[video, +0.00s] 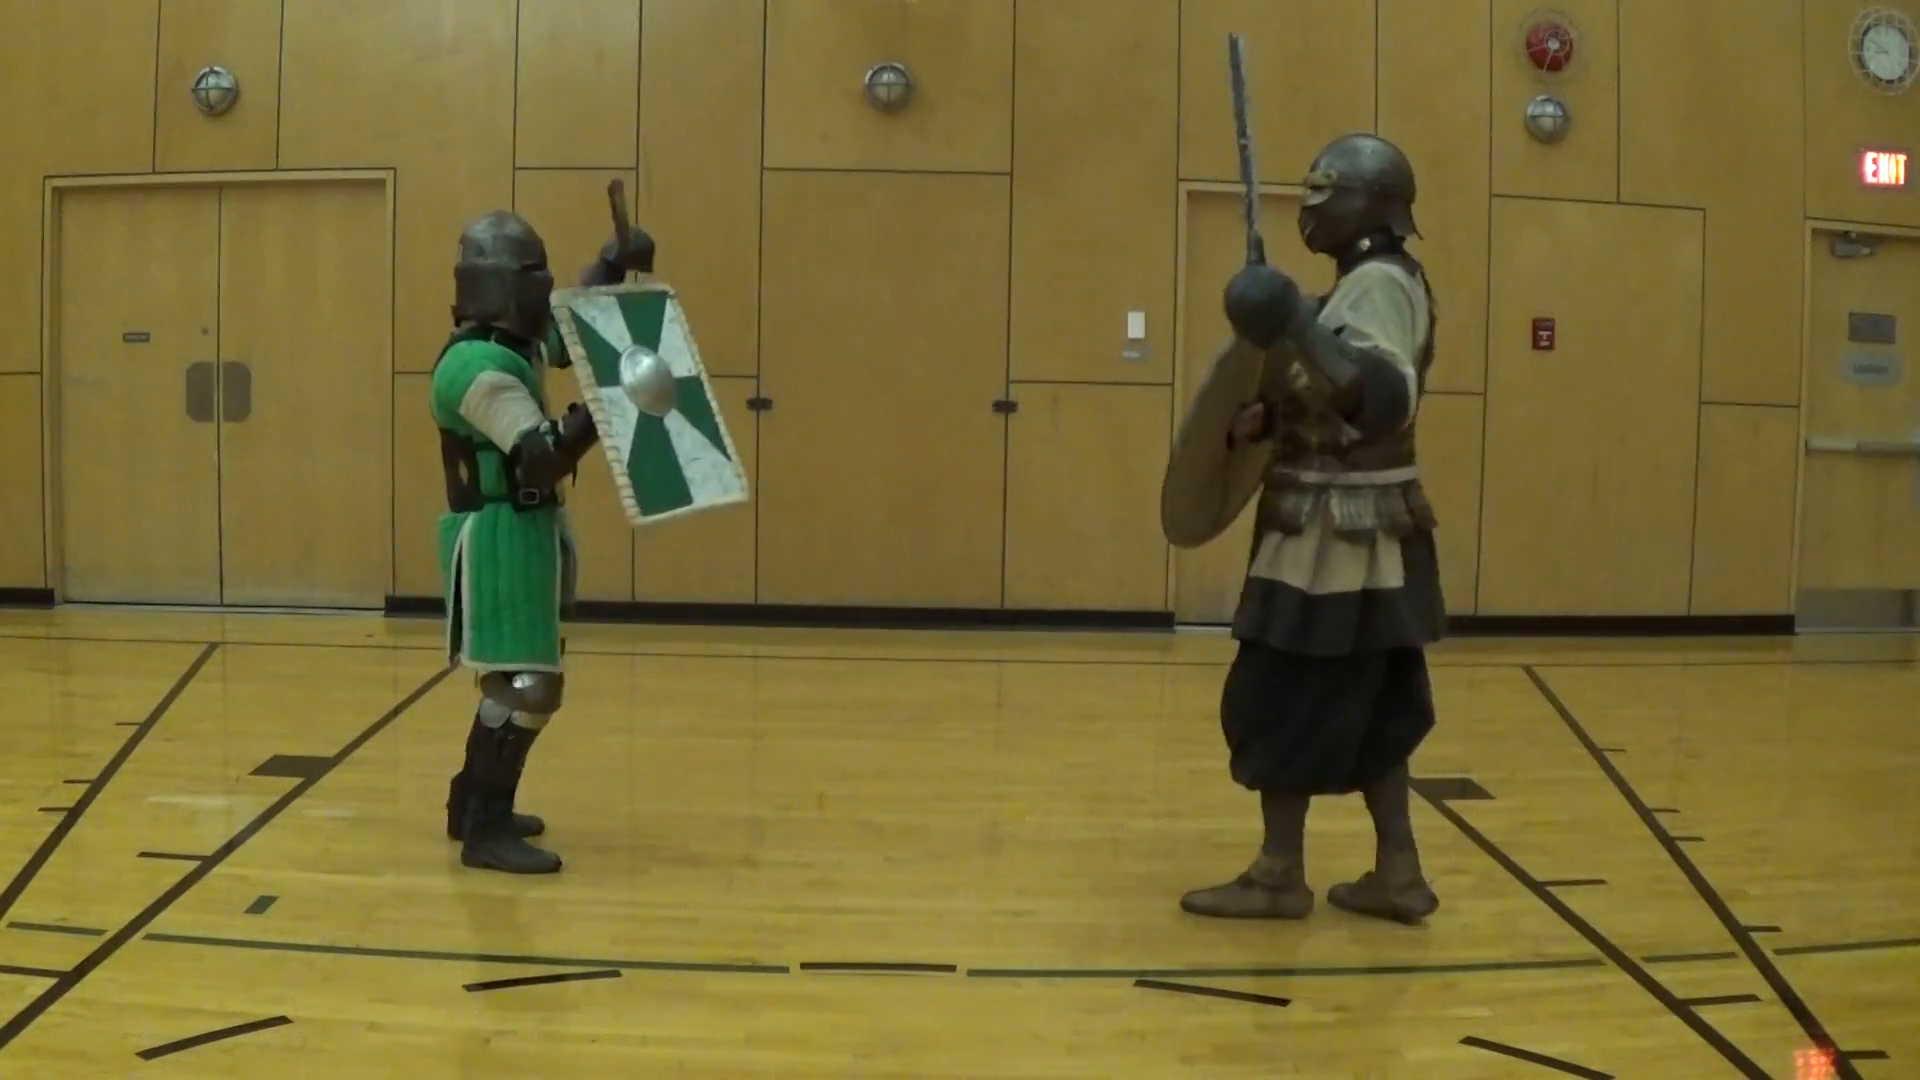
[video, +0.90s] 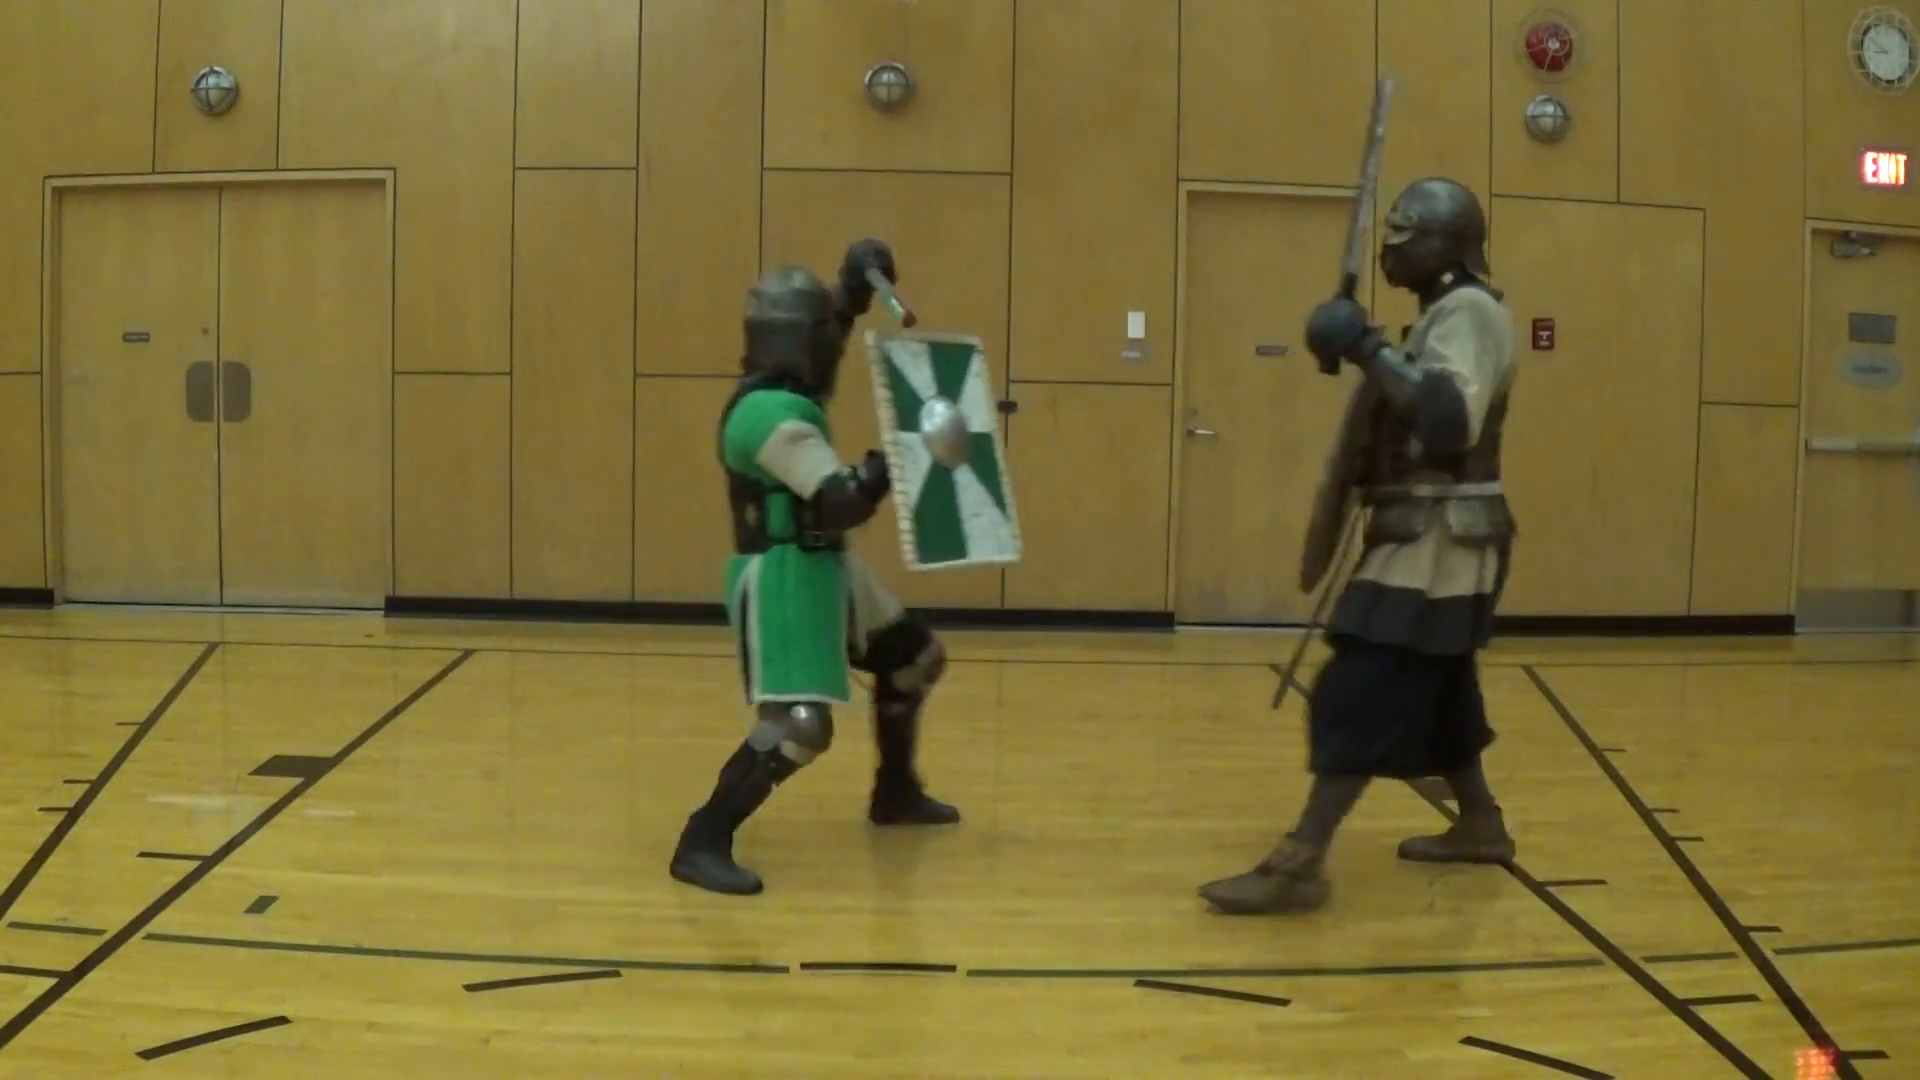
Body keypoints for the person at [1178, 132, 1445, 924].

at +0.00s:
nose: (1307, 205)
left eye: (1324, 191)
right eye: (1311, 190)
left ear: (1374, 205)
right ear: (1372, 208)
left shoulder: (1379, 285)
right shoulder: (1367, 282)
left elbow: (1384, 401)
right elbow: (1345, 390)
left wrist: (1297, 324)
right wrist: (1274, 415)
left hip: (1332, 531)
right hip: (1365, 529)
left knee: (1280, 695)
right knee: (1375, 700)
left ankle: (1278, 870)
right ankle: (1399, 871)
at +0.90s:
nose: (1388, 242)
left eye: (1405, 231)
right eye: (1391, 230)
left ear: (1449, 243)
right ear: (1439, 244)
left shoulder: (1468, 314)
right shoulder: (1439, 314)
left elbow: (1446, 417)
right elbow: (1419, 400)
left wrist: (1369, 345)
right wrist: (1358, 345)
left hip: (1440, 540)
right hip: (1422, 534)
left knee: (1355, 692)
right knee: (1437, 685)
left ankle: (1299, 862)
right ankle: (1481, 823)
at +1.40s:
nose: (1559, 250)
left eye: (1575, 239)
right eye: (1563, 238)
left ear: (1620, 251)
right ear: (1612, 252)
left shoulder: (1639, 326)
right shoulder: (1610, 324)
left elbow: (1556, 417)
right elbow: (1565, 411)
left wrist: (1516, 350)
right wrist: (1529, 355)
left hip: (1609, 558)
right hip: (1563, 552)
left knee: (1643, 698)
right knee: (1499, 677)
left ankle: (1742, 834)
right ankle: (1484, 823)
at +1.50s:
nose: (1592, 254)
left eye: (1608, 242)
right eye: (1595, 240)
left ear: (1652, 254)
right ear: (1645, 256)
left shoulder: (1674, 328)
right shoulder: (1644, 327)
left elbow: (1597, 422)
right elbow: (1600, 407)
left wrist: (1554, 356)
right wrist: (1559, 358)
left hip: (1659, 559)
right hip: (1609, 553)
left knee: (1691, 703)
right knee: (1541, 672)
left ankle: (1753, 852)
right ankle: (1495, 823)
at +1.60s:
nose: (1622, 251)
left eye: (1638, 238)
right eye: (1625, 237)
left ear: (1683, 250)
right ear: (1676, 252)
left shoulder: (1707, 328)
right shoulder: (1674, 325)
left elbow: (1627, 424)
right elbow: (1628, 413)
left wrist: (1585, 353)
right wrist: (1584, 355)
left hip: (1699, 560)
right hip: (1647, 555)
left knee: (1715, 707)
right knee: (1574, 674)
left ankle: (1756, 855)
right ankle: (1535, 818)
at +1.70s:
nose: (1644, 241)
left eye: (1660, 230)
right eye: (1646, 229)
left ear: (1709, 243)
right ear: (1694, 245)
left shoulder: (1734, 320)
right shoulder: (1693, 318)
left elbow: (1648, 412)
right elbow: (1649, 401)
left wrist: (1612, 336)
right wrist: (1608, 336)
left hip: (1720, 546)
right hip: (1661, 541)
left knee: (1727, 697)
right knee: (1609, 667)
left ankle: (1756, 852)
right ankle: (1608, 809)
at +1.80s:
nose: (1664, 237)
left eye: (1680, 226)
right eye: (1668, 225)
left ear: (1727, 238)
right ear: (1710, 242)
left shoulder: (1754, 312)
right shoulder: (1711, 315)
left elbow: (1667, 389)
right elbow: (1664, 387)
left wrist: (1624, 310)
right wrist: (1623, 315)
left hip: (1733, 539)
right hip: (1677, 535)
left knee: (1736, 688)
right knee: (1627, 662)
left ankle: (1757, 854)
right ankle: (1653, 805)